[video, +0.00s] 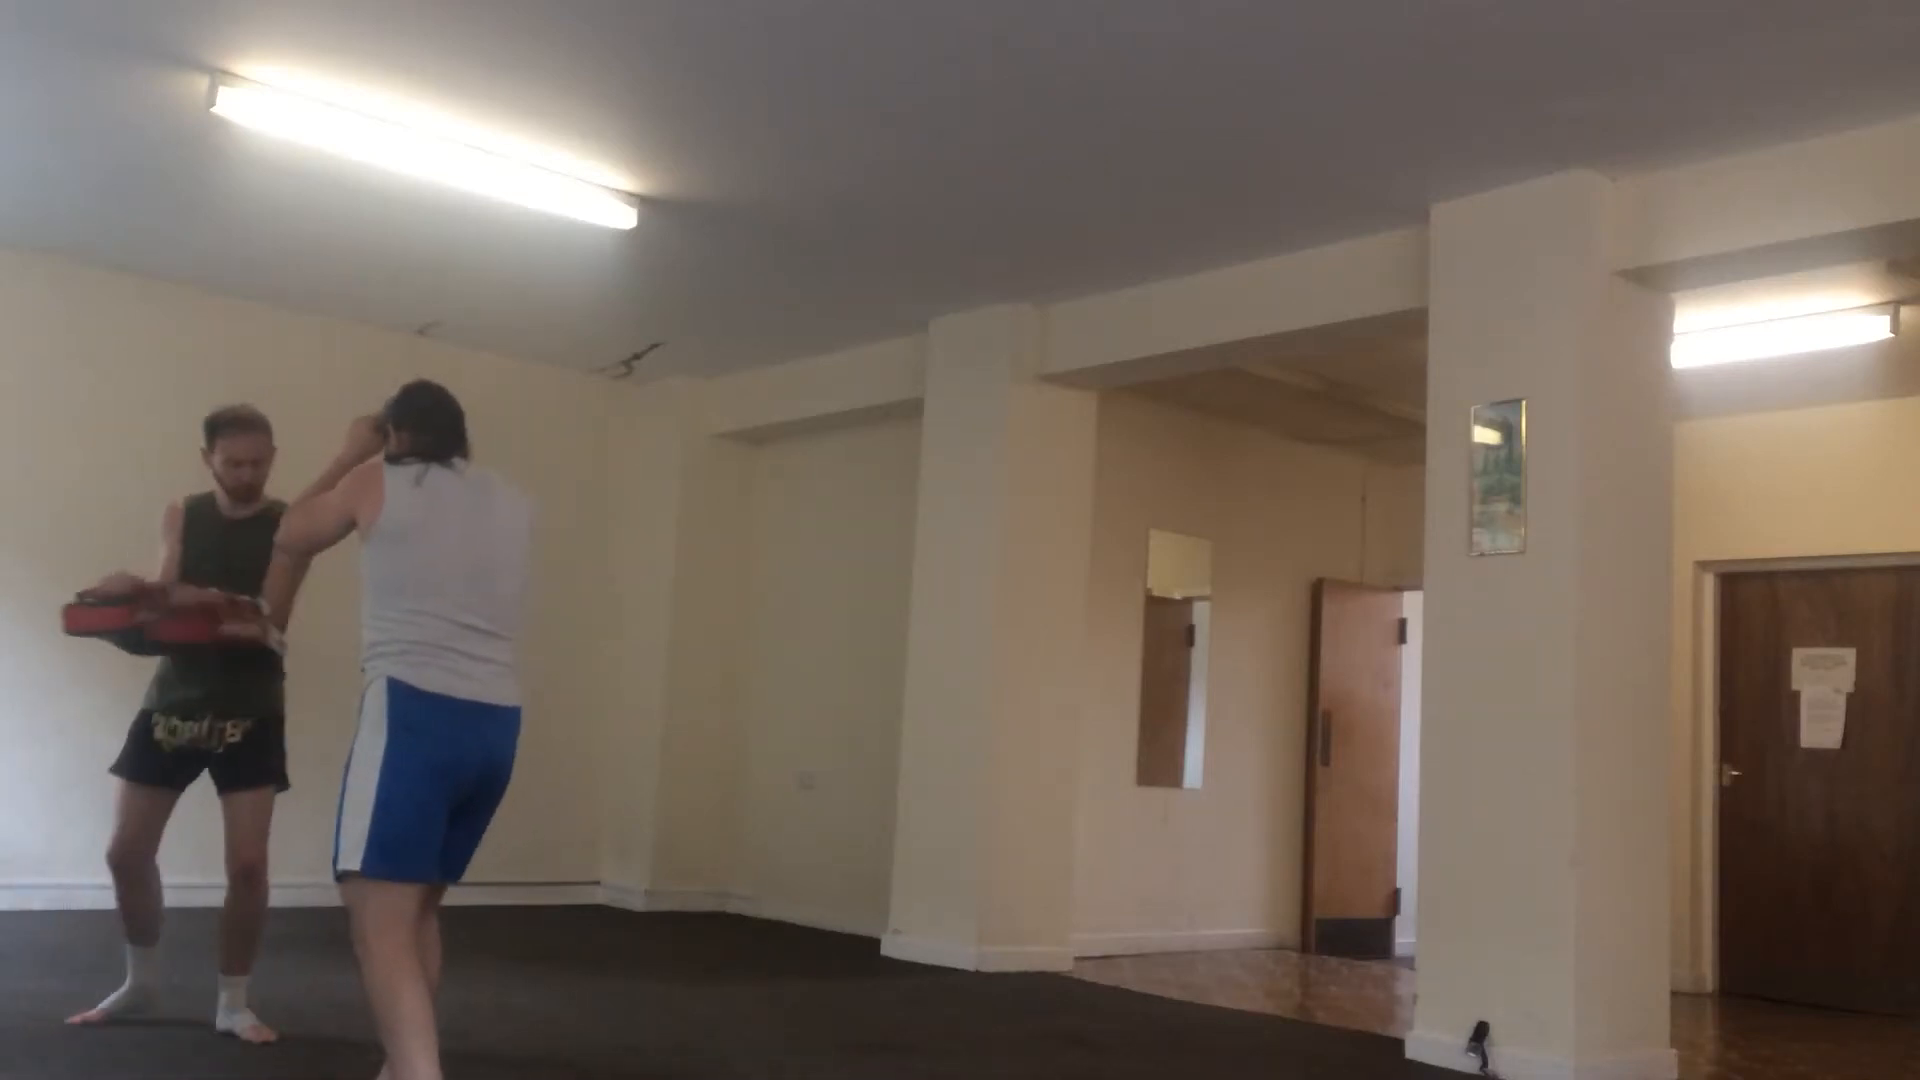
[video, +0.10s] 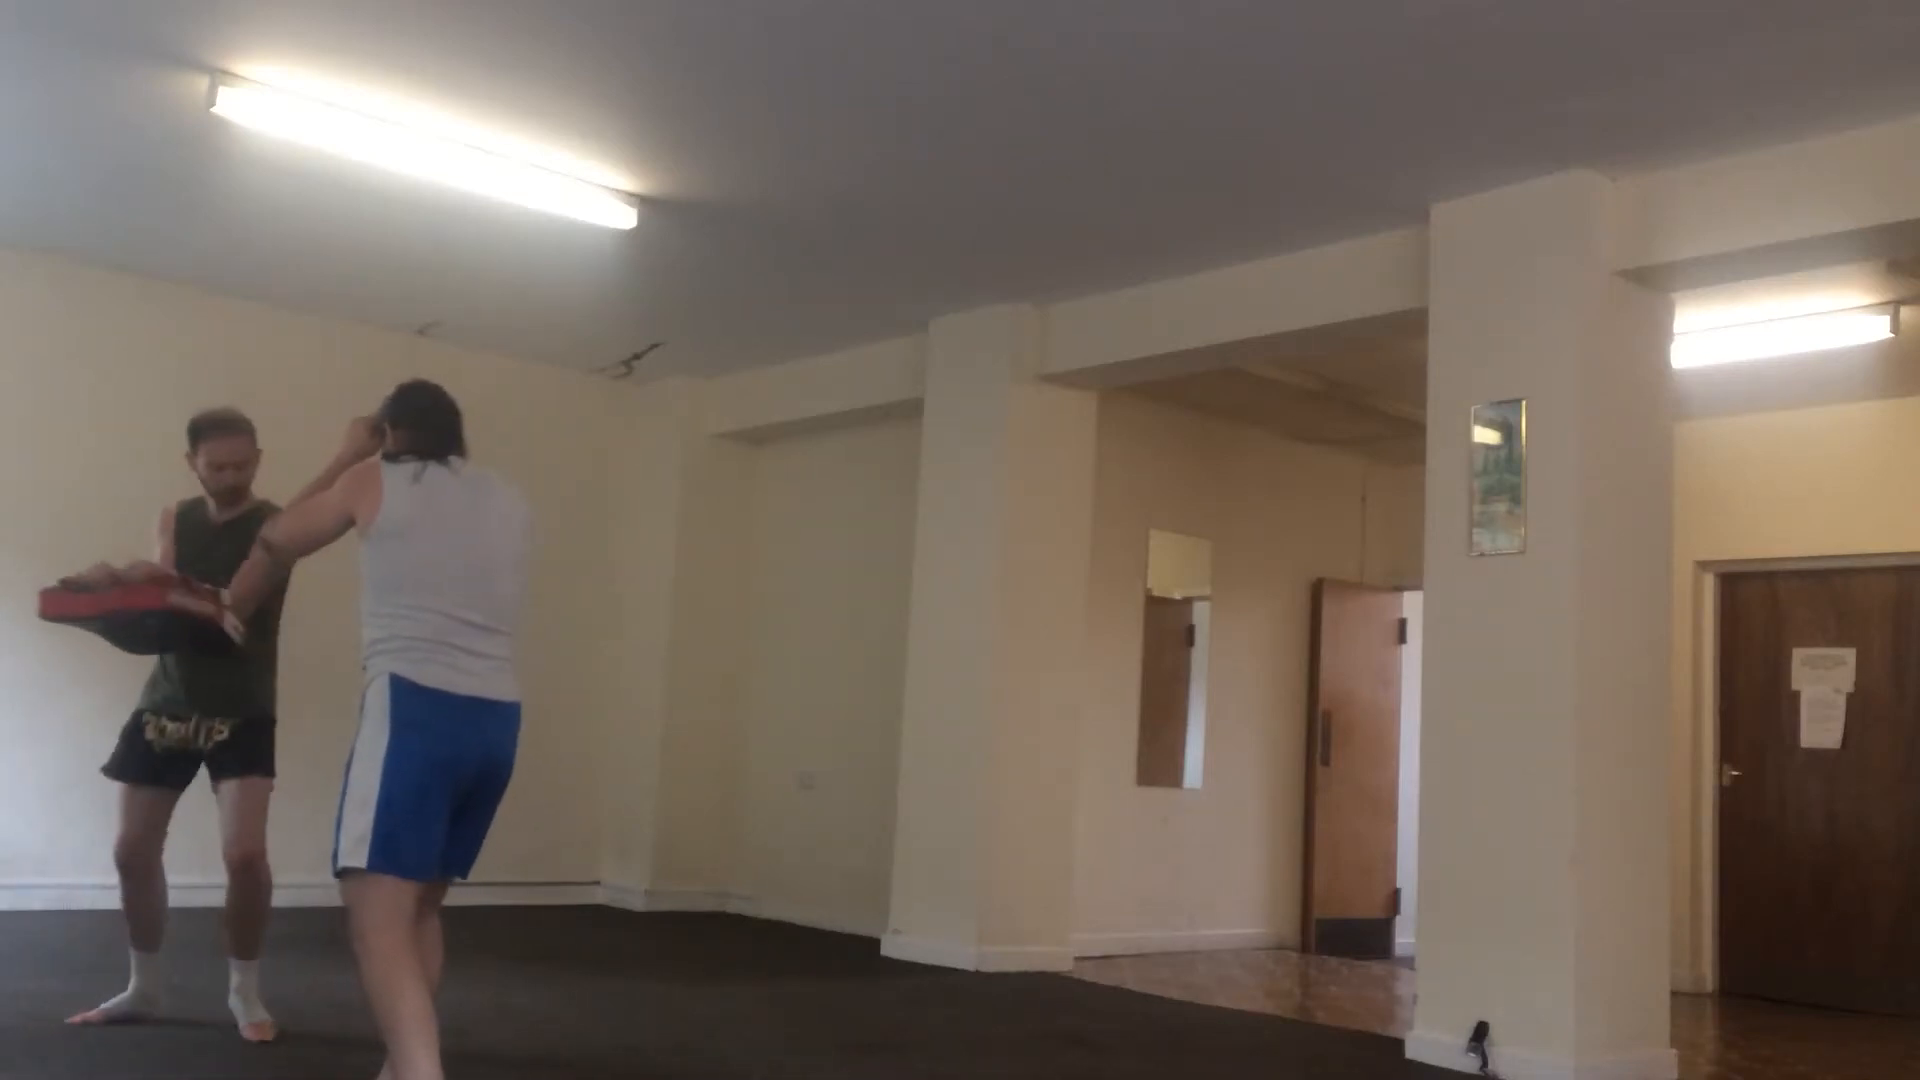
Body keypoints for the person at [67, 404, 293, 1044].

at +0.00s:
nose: (246, 475)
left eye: (257, 463)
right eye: (234, 463)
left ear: (272, 459)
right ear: (209, 459)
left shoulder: (289, 524)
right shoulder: (184, 515)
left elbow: (275, 624)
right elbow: (165, 593)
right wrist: (132, 589)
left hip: (249, 707)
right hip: (176, 700)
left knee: (248, 867)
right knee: (127, 852)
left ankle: (233, 1006)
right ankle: (140, 986)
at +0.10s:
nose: (229, 478)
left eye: (239, 465)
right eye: (216, 467)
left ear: (257, 458)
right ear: (193, 463)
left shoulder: (278, 526)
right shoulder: (175, 521)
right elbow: (169, 605)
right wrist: (117, 589)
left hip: (242, 711)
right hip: (168, 704)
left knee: (245, 858)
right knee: (133, 850)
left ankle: (245, 992)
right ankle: (143, 988)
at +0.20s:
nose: (220, 476)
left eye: (230, 463)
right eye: (208, 466)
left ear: (251, 457)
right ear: (189, 464)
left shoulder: (272, 523)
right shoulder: (180, 519)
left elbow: (226, 603)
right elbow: (164, 594)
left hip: (239, 707)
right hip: (167, 703)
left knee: (237, 852)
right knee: (137, 849)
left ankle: (256, 1003)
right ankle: (145, 988)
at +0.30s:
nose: (219, 475)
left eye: (229, 462)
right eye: (207, 465)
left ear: (251, 456)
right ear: (191, 464)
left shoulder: (271, 523)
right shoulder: (195, 519)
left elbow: (217, 609)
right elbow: (173, 599)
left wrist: (159, 572)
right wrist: (138, 578)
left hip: (235, 711)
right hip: (171, 706)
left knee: (229, 851)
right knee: (140, 848)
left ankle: (253, 1014)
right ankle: (145, 989)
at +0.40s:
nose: (221, 476)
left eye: (231, 462)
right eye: (209, 466)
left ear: (257, 454)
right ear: (197, 467)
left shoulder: (280, 527)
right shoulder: (211, 524)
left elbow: (221, 611)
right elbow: (187, 603)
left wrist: (170, 575)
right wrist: (147, 573)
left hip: (237, 716)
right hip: (180, 709)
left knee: (225, 860)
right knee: (143, 852)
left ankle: (250, 1023)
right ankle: (145, 991)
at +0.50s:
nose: (228, 476)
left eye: (239, 461)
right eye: (216, 465)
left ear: (265, 454)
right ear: (202, 465)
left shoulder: (286, 526)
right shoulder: (216, 523)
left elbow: (224, 607)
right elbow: (188, 598)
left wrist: (165, 579)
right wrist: (139, 572)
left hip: (243, 713)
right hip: (190, 704)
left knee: (223, 858)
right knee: (149, 849)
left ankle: (249, 1025)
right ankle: (145, 989)